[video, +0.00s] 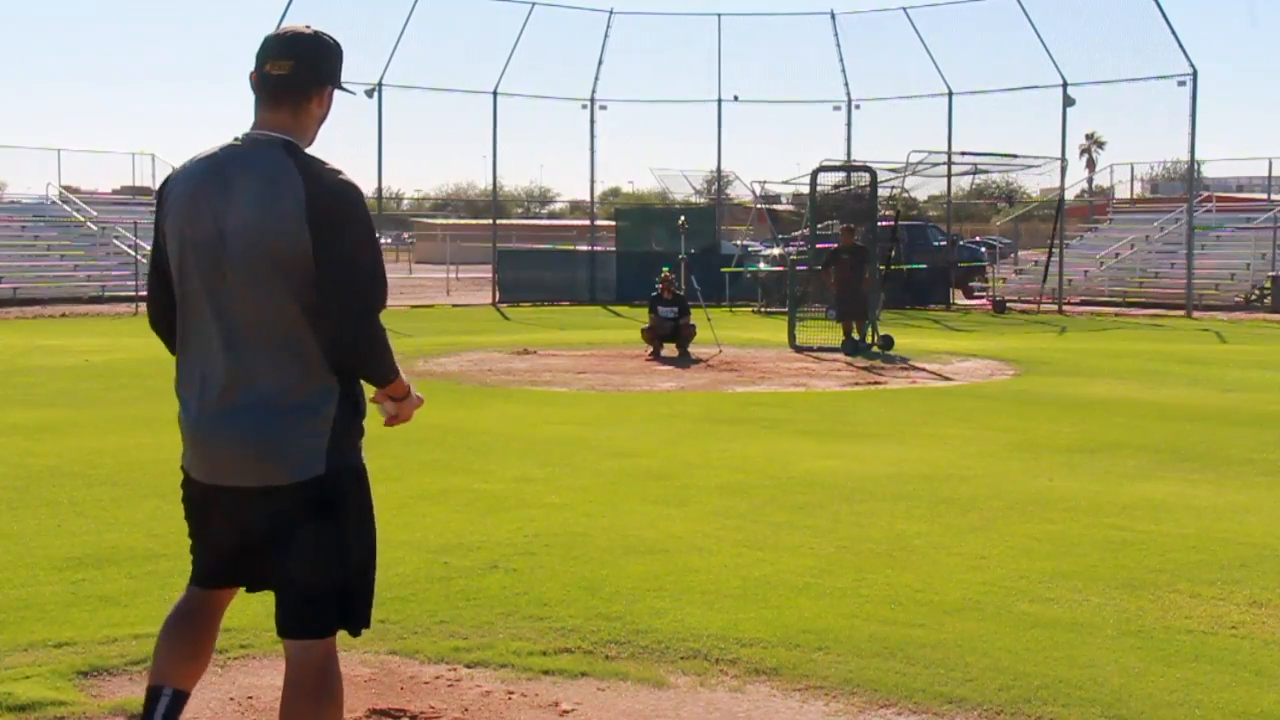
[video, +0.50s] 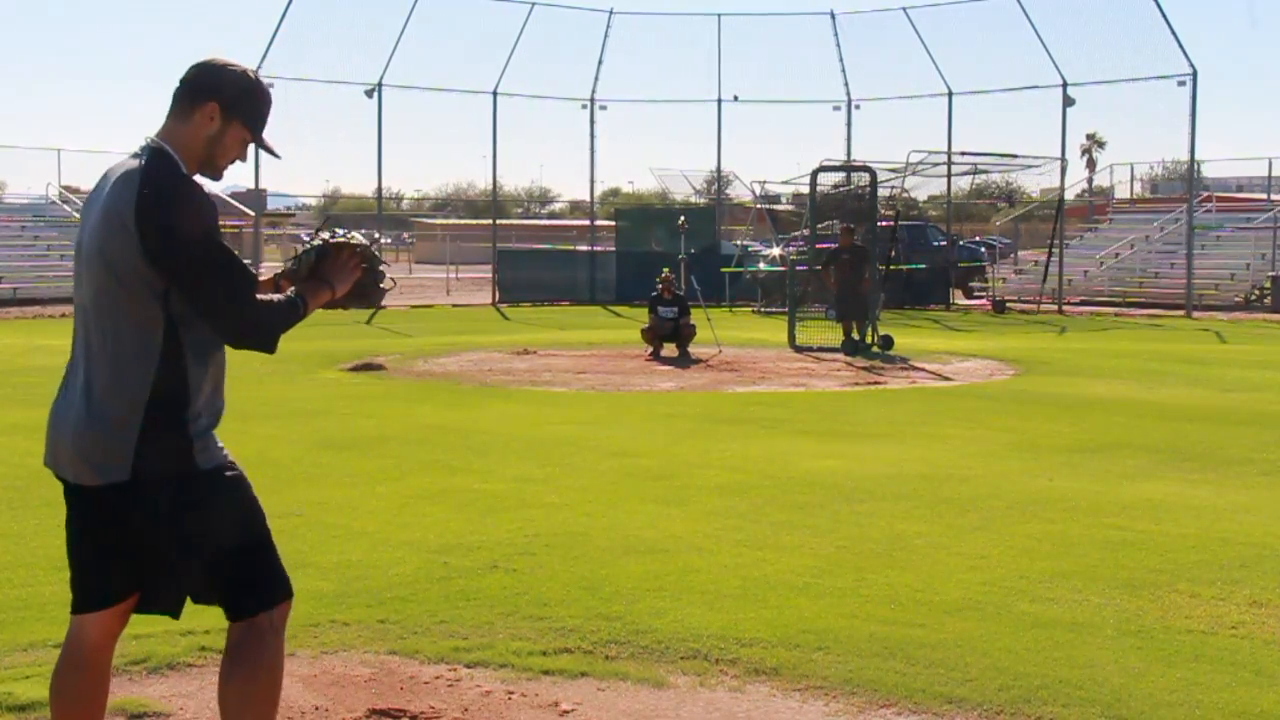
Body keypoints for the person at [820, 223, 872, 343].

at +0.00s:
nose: (845, 239)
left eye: (848, 236)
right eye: (843, 235)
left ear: (853, 236)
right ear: (840, 236)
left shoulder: (862, 250)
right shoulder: (835, 252)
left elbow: (870, 267)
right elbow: (825, 268)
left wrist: (868, 280)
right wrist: (831, 283)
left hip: (858, 287)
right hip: (842, 287)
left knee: (860, 316)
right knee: (845, 316)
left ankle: (862, 339)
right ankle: (847, 340)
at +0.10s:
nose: (846, 239)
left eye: (849, 236)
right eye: (844, 236)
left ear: (853, 236)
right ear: (841, 236)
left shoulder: (862, 251)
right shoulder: (835, 252)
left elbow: (870, 267)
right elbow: (825, 269)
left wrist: (868, 280)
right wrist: (831, 284)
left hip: (858, 286)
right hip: (842, 287)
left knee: (860, 316)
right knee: (845, 316)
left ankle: (862, 339)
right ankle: (847, 340)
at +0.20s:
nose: (845, 239)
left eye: (848, 236)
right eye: (843, 236)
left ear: (853, 236)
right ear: (840, 236)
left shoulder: (861, 250)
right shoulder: (835, 251)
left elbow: (870, 267)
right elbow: (825, 268)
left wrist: (867, 280)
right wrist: (830, 282)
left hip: (858, 286)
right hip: (842, 287)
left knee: (860, 316)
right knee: (845, 316)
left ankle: (862, 338)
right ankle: (847, 340)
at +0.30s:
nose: (843, 239)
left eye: (846, 235)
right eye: (842, 235)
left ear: (853, 236)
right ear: (840, 236)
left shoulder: (862, 250)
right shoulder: (835, 251)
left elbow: (870, 267)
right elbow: (825, 267)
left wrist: (868, 280)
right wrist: (830, 282)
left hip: (859, 286)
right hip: (842, 286)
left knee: (860, 315)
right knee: (845, 316)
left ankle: (862, 338)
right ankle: (847, 339)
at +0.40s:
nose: (845, 239)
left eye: (848, 236)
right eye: (843, 235)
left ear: (853, 236)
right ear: (840, 237)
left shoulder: (862, 251)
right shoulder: (835, 252)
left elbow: (870, 268)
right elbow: (825, 268)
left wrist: (867, 281)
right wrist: (830, 283)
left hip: (859, 286)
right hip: (842, 287)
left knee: (860, 316)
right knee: (845, 316)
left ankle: (862, 338)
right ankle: (847, 339)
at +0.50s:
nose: (845, 239)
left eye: (848, 236)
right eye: (843, 236)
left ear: (853, 237)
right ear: (840, 237)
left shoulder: (862, 251)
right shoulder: (835, 252)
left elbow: (870, 268)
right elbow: (824, 268)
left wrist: (868, 281)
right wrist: (830, 283)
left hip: (859, 286)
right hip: (842, 287)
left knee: (861, 316)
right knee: (845, 316)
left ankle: (862, 339)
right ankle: (847, 340)